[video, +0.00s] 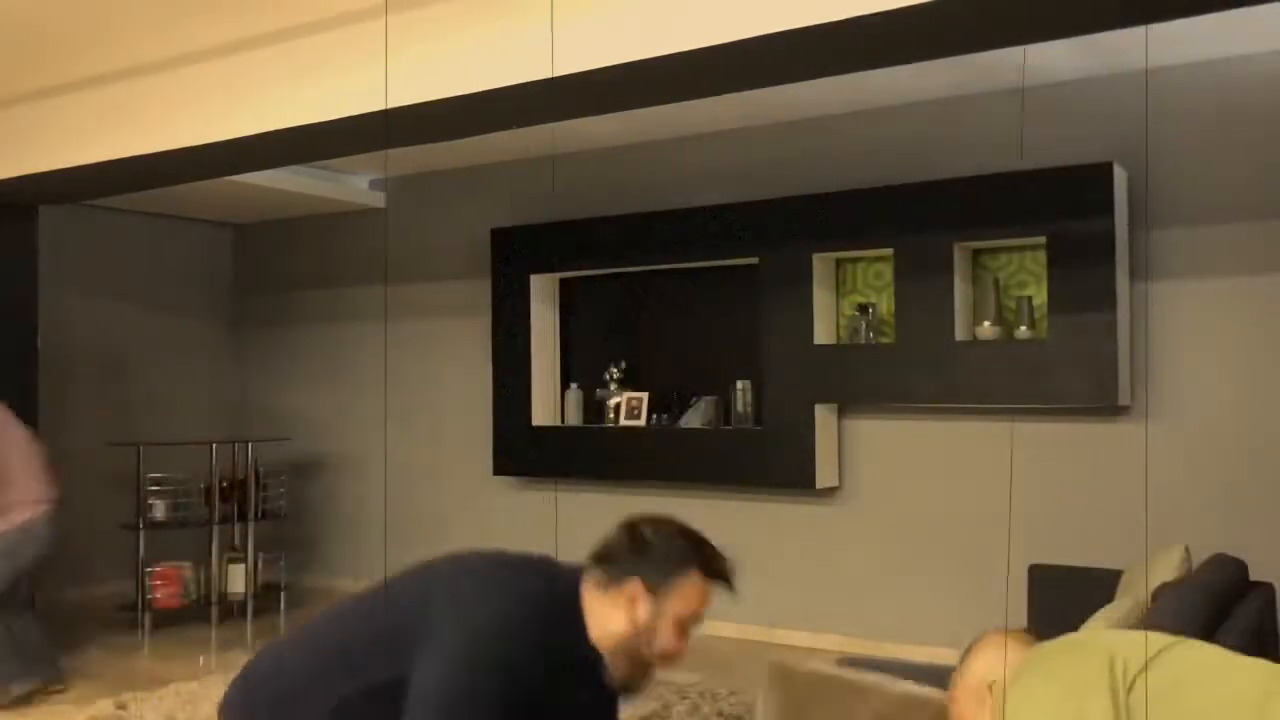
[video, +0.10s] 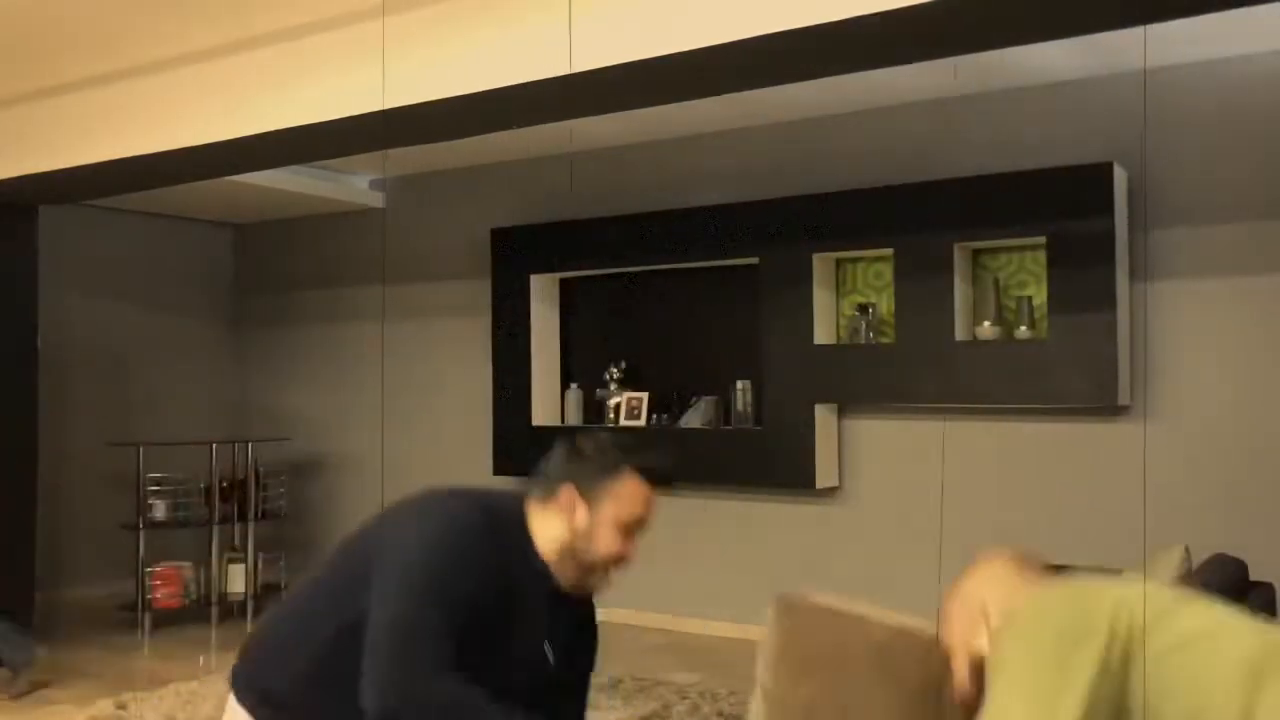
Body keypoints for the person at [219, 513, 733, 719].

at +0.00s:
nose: (685, 649)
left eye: (694, 630)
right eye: (684, 626)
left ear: (636, 601)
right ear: (635, 598)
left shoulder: (583, 661)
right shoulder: (498, 619)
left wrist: (610, 692)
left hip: (361, 703)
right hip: (277, 702)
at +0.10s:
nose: (630, 554)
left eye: (637, 534)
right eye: (626, 530)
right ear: (572, 503)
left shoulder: (570, 624)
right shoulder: (440, 535)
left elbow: (556, 717)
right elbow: (400, 698)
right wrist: (521, 712)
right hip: (277, 703)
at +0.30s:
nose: (548, 433)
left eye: (550, 416)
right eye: (540, 415)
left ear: (493, 410)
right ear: (491, 408)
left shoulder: (526, 501)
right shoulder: (373, 461)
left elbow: (517, 641)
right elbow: (332, 579)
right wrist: (476, 567)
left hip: (444, 695)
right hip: (336, 692)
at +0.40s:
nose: (510, 390)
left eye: (512, 375)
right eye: (498, 373)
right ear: (446, 370)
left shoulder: (511, 452)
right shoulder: (358, 438)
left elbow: (533, 567)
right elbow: (316, 540)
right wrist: (439, 524)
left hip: (474, 655)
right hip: (369, 661)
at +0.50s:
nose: (459, 377)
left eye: (470, 362)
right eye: (441, 361)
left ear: (480, 364)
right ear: (402, 365)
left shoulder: (500, 432)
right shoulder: (356, 432)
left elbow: (527, 532)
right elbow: (320, 519)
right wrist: (430, 501)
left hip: (477, 633)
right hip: (377, 643)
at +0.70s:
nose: (454, 373)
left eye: (464, 359)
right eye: (437, 361)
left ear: (477, 357)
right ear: (411, 363)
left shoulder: (502, 410)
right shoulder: (386, 420)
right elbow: (351, 505)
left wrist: (483, 473)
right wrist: (419, 482)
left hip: (491, 581)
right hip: (411, 588)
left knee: (497, 702)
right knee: (410, 707)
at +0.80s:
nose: (470, 369)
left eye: (481, 356)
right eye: (456, 357)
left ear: (496, 356)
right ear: (435, 359)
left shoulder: (521, 404)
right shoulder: (411, 408)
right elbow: (364, 493)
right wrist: (436, 478)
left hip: (508, 557)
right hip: (433, 561)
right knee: (430, 690)